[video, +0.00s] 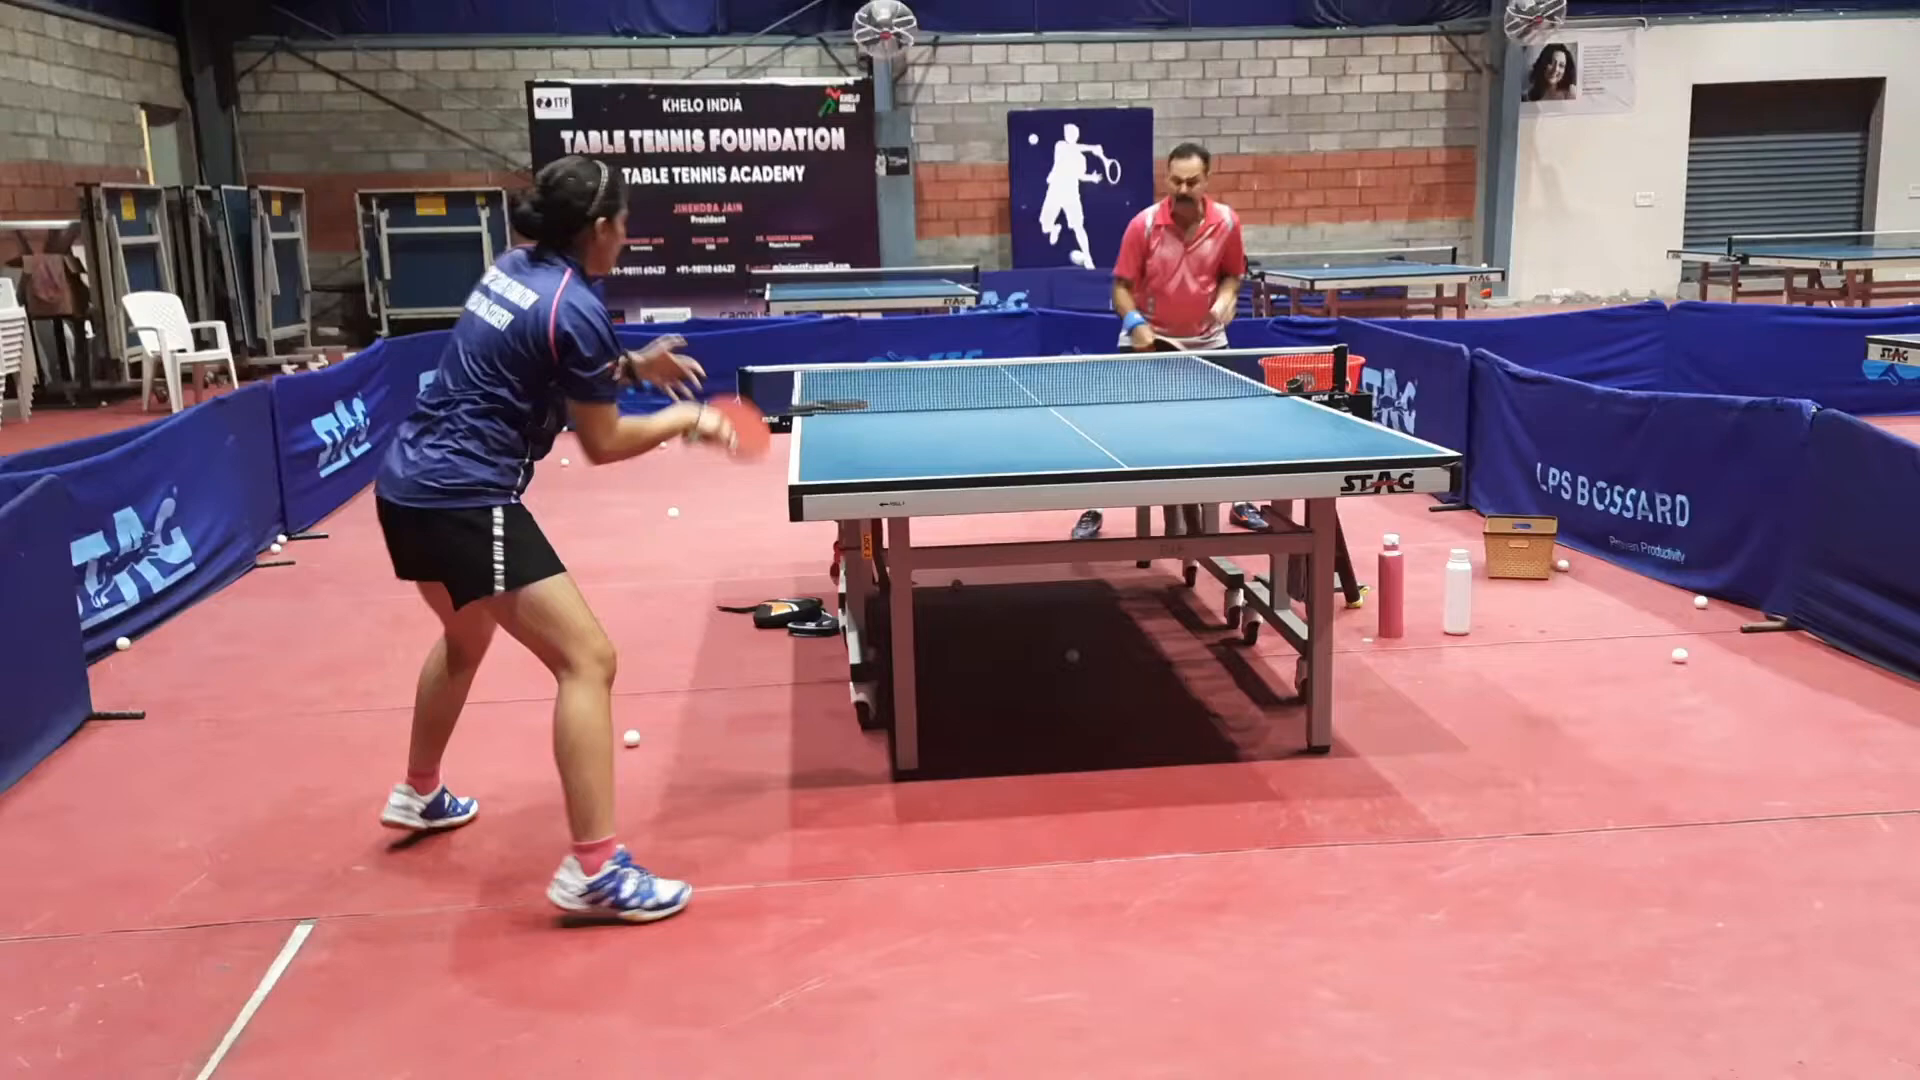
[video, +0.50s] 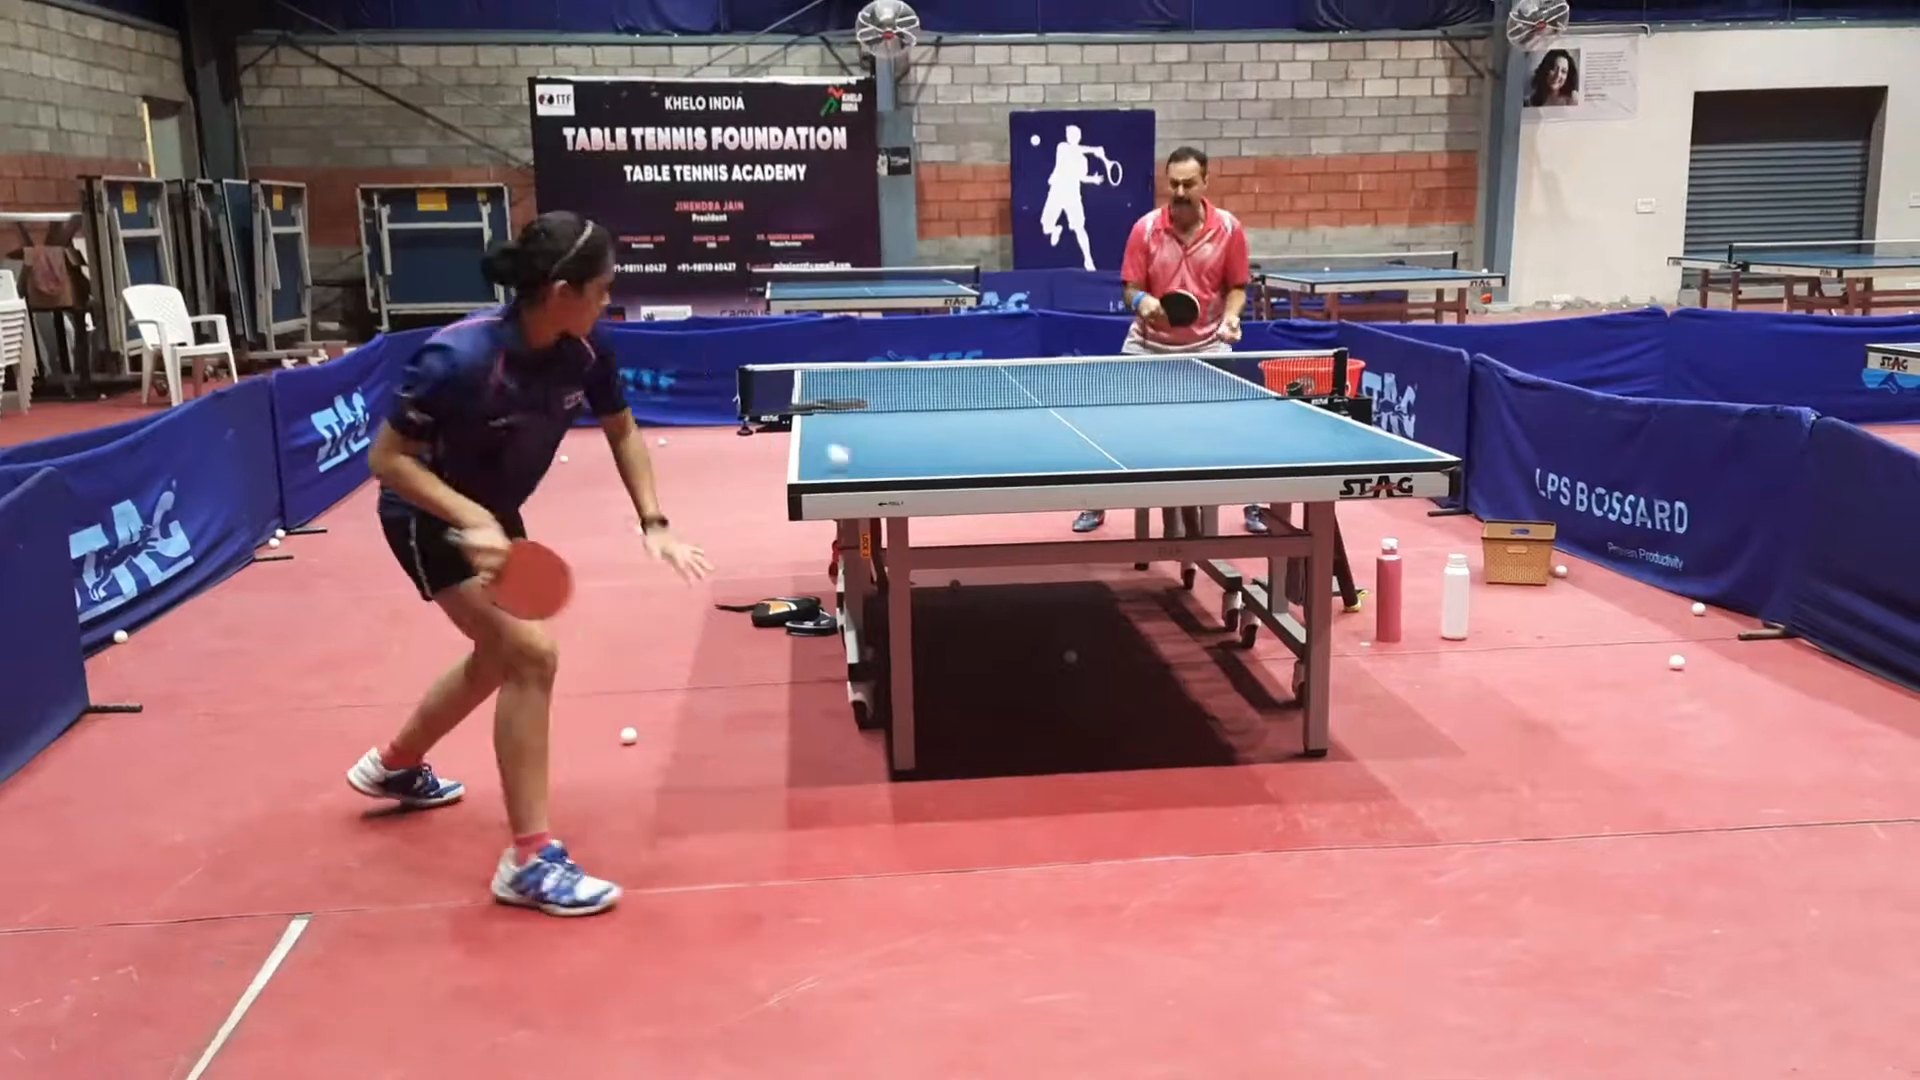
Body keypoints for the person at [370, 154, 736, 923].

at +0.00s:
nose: (625, 234)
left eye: (623, 220)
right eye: (620, 221)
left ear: (555, 221)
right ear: (595, 228)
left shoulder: (513, 264)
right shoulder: (576, 310)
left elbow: (542, 364)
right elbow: (604, 440)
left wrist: (633, 363)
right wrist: (687, 421)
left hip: (408, 486)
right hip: (469, 498)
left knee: (466, 637)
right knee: (588, 661)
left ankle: (416, 793)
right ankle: (596, 866)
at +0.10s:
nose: (631, 235)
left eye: (629, 221)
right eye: (625, 222)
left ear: (560, 222)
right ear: (600, 231)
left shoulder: (523, 267)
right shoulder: (572, 313)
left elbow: (551, 378)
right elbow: (588, 449)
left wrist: (644, 380)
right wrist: (675, 441)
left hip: (412, 482)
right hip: (464, 498)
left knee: (469, 638)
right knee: (585, 661)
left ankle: (413, 786)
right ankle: (578, 866)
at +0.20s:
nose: (645, 265)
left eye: (643, 252)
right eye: (640, 253)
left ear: (581, 259)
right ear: (613, 265)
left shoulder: (556, 308)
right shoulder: (560, 345)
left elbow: (582, 405)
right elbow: (530, 475)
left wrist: (659, 445)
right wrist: (630, 502)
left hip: (435, 505)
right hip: (459, 518)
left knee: (494, 644)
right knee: (588, 672)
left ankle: (400, 774)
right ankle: (569, 871)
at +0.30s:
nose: (643, 301)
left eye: (642, 289)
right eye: (638, 290)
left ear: (587, 293)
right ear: (607, 298)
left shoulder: (589, 359)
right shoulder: (528, 373)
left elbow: (603, 443)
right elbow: (482, 500)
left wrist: (657, 483)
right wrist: (588, 546)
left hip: (476, 530)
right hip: (453, 539)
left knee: (504, 662)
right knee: (590, 672)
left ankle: (394, 778)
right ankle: (570, 871)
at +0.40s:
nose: (630, 299)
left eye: (628, 287)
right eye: (624, 287)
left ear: (579, 291)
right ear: (589, 293)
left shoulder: (587, 351)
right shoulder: (493, 367)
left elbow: (610, 432)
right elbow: (427, 477)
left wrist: (643, 482)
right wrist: (527, 537)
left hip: (485, 518)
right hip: (434, 522)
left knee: (501, 657)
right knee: (552, 660)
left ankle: (395, 774)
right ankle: (569, 866)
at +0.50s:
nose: (608, 300)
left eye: (608, 287)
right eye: (600, 287)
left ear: (562, 293)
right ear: (558, 293)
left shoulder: (581, 352)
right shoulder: (454, 360)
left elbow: (623, 431)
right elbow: (386, 457)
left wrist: (653, 521)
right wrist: (472, 518)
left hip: (496, 512)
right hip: (424, 515)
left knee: (499, 655)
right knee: (531, 655)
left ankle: (392, 765)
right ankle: (531, 857)